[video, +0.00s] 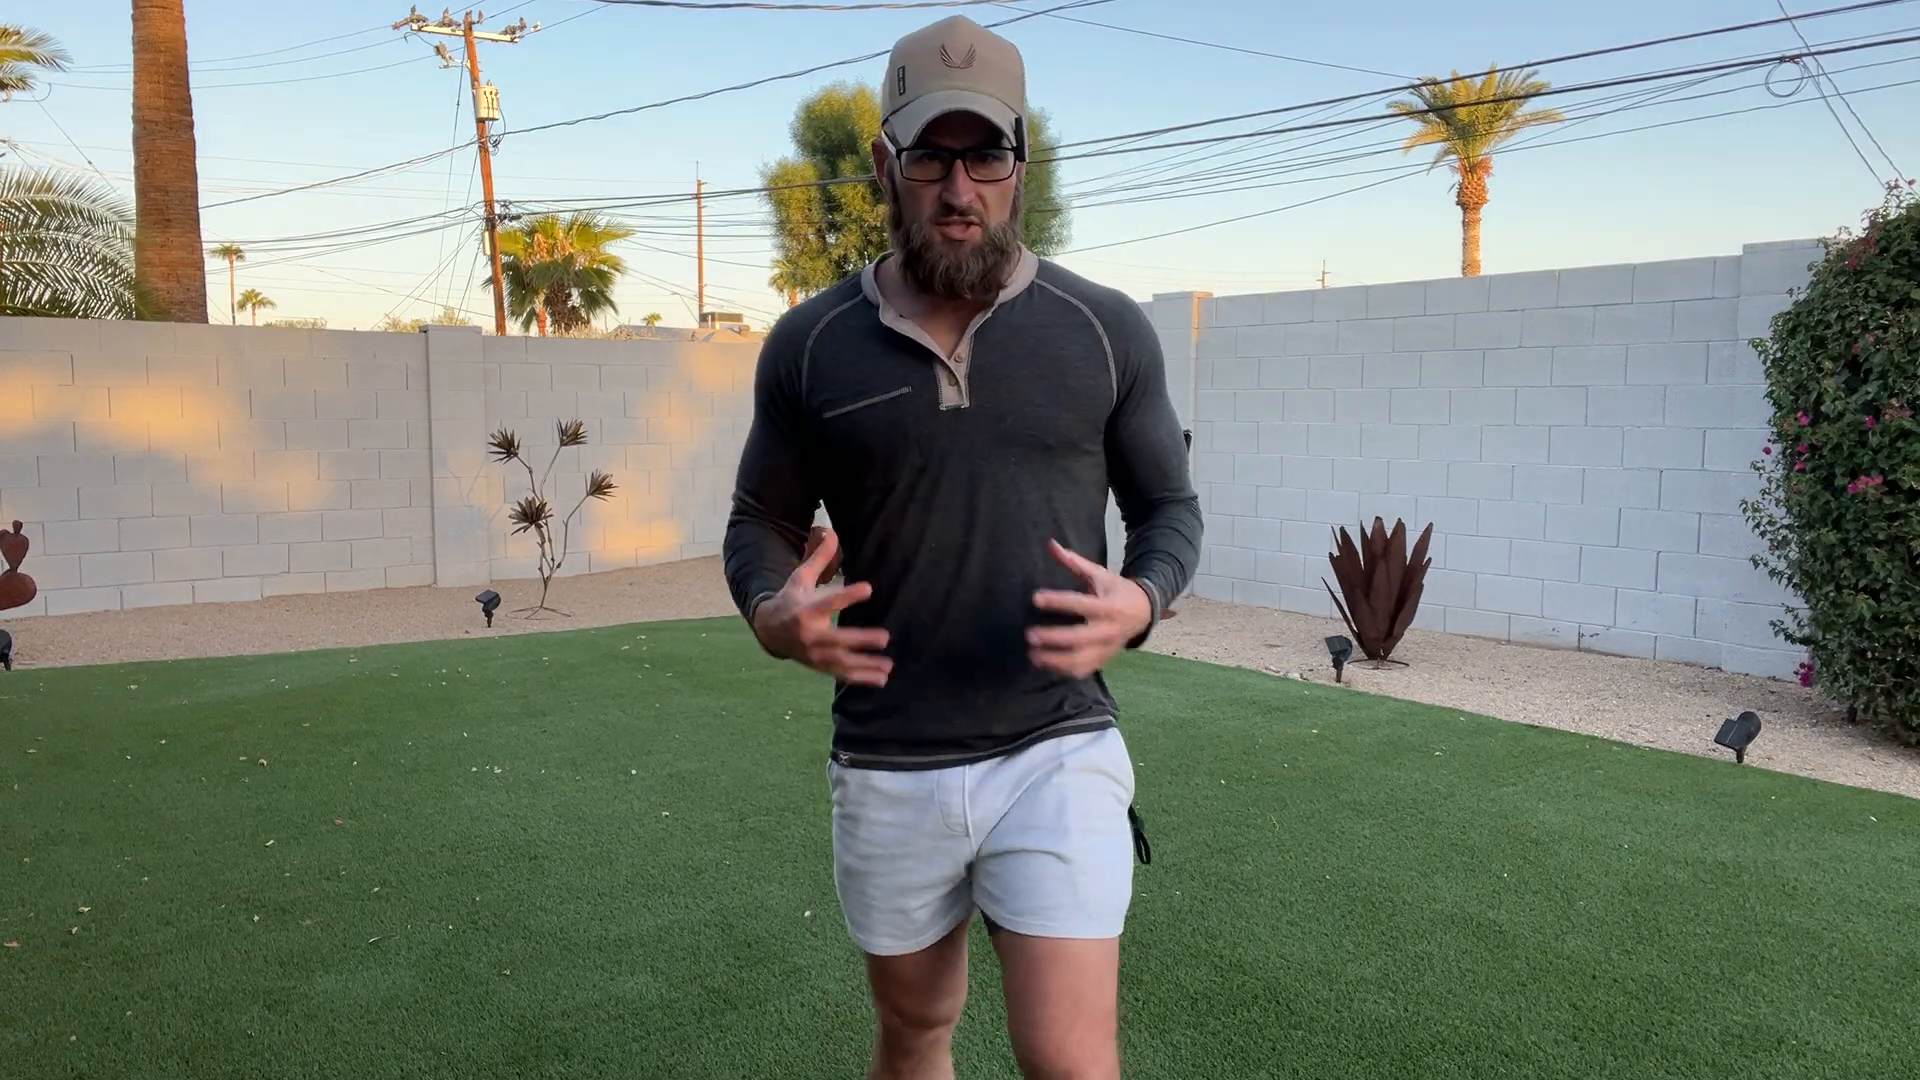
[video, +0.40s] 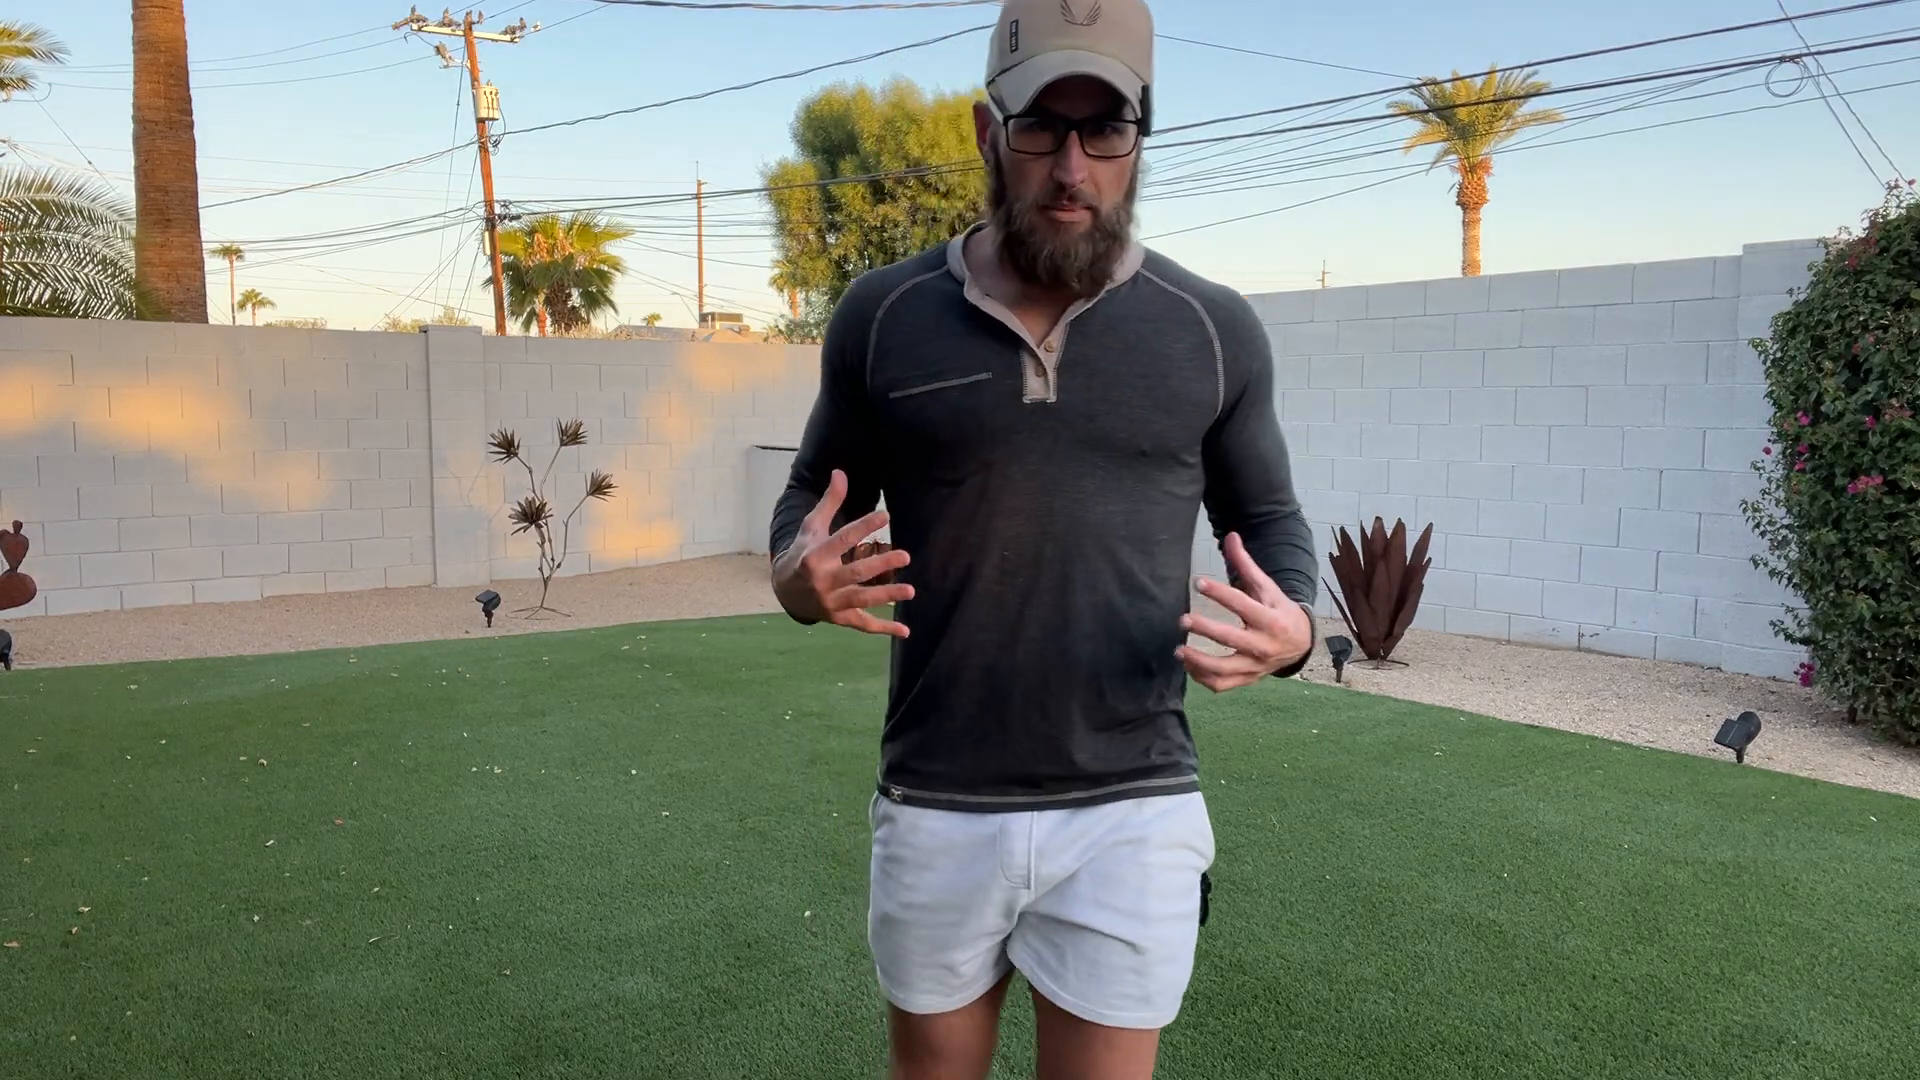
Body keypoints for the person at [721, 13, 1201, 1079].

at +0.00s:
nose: (960, 184)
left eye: (986, 155)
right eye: (932, 156)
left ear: (1020, 166)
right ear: (887, 168)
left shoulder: (1105, 331)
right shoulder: (811, 348)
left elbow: (1169, 507)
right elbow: (761, 523)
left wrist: (1143, 599)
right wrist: (775, 613)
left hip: (1062, 748)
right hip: (893, 763)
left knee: (1072, 1058)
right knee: (915, 1030)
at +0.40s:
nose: (1071, 166)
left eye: (1103, 134)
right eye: (1041, 131)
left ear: (1138, 148)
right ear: (991, 138)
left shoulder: (1214, 330)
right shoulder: (883, 318)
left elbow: (1269, 522)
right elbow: (816, 490)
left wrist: (1293, 629)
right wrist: (801, 580)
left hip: (1136, 806)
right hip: (938, 804)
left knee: (1108, 1067)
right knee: (933, 1064)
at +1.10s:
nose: (1179, 142)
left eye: (1215, 109)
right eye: (1147, 105)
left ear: (1253, 128)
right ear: (1089, 114)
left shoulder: (1318, 359)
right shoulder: (957, 297)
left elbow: (1349, 618)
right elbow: (857, 521)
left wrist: (1238, 616)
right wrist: (978, 549)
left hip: (1177, 849)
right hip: (965, 827)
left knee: (1128, 1066)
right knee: (948, 1065)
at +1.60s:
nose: (1108, 153)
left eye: (1136, 108)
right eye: (1066, 106)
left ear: (1164, 101)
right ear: (975, 74)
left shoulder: (1223, 310)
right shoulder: (832, 290)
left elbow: (1287, 532)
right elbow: (741, 545)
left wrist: (1120, 709)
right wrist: (847, 589)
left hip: (1135, 897)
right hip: (902, 899)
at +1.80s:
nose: (1020, 120)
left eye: (1053, 73)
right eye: (980, 74)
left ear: (1090, 73)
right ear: (898, 61)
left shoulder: (1170, 290)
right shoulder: (766, 280)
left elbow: (1165, 543)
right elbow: (687, 552)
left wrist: (943, 737)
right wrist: (900, 577)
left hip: (1095, 919)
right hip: (850, 918)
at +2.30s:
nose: (859, 75)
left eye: (902, 26)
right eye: (815, 26)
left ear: (950, 43)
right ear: (752, 35)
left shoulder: (1072, 279)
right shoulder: (641, 299)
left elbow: (1200, 550)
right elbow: (568, 598)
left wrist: (1026, 630)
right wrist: (721, 565)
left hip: (1028, 929)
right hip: (767, 947)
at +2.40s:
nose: (850, 89)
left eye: (893, 39)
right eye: (804, 40)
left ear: (945, 47)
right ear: (741, 40)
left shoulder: (1079, 278)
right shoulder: (639, 299)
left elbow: (1238, 527)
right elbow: (567, 631)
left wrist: (1240, 614)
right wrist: (523, 618)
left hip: (1033, 940)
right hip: (764, 957)